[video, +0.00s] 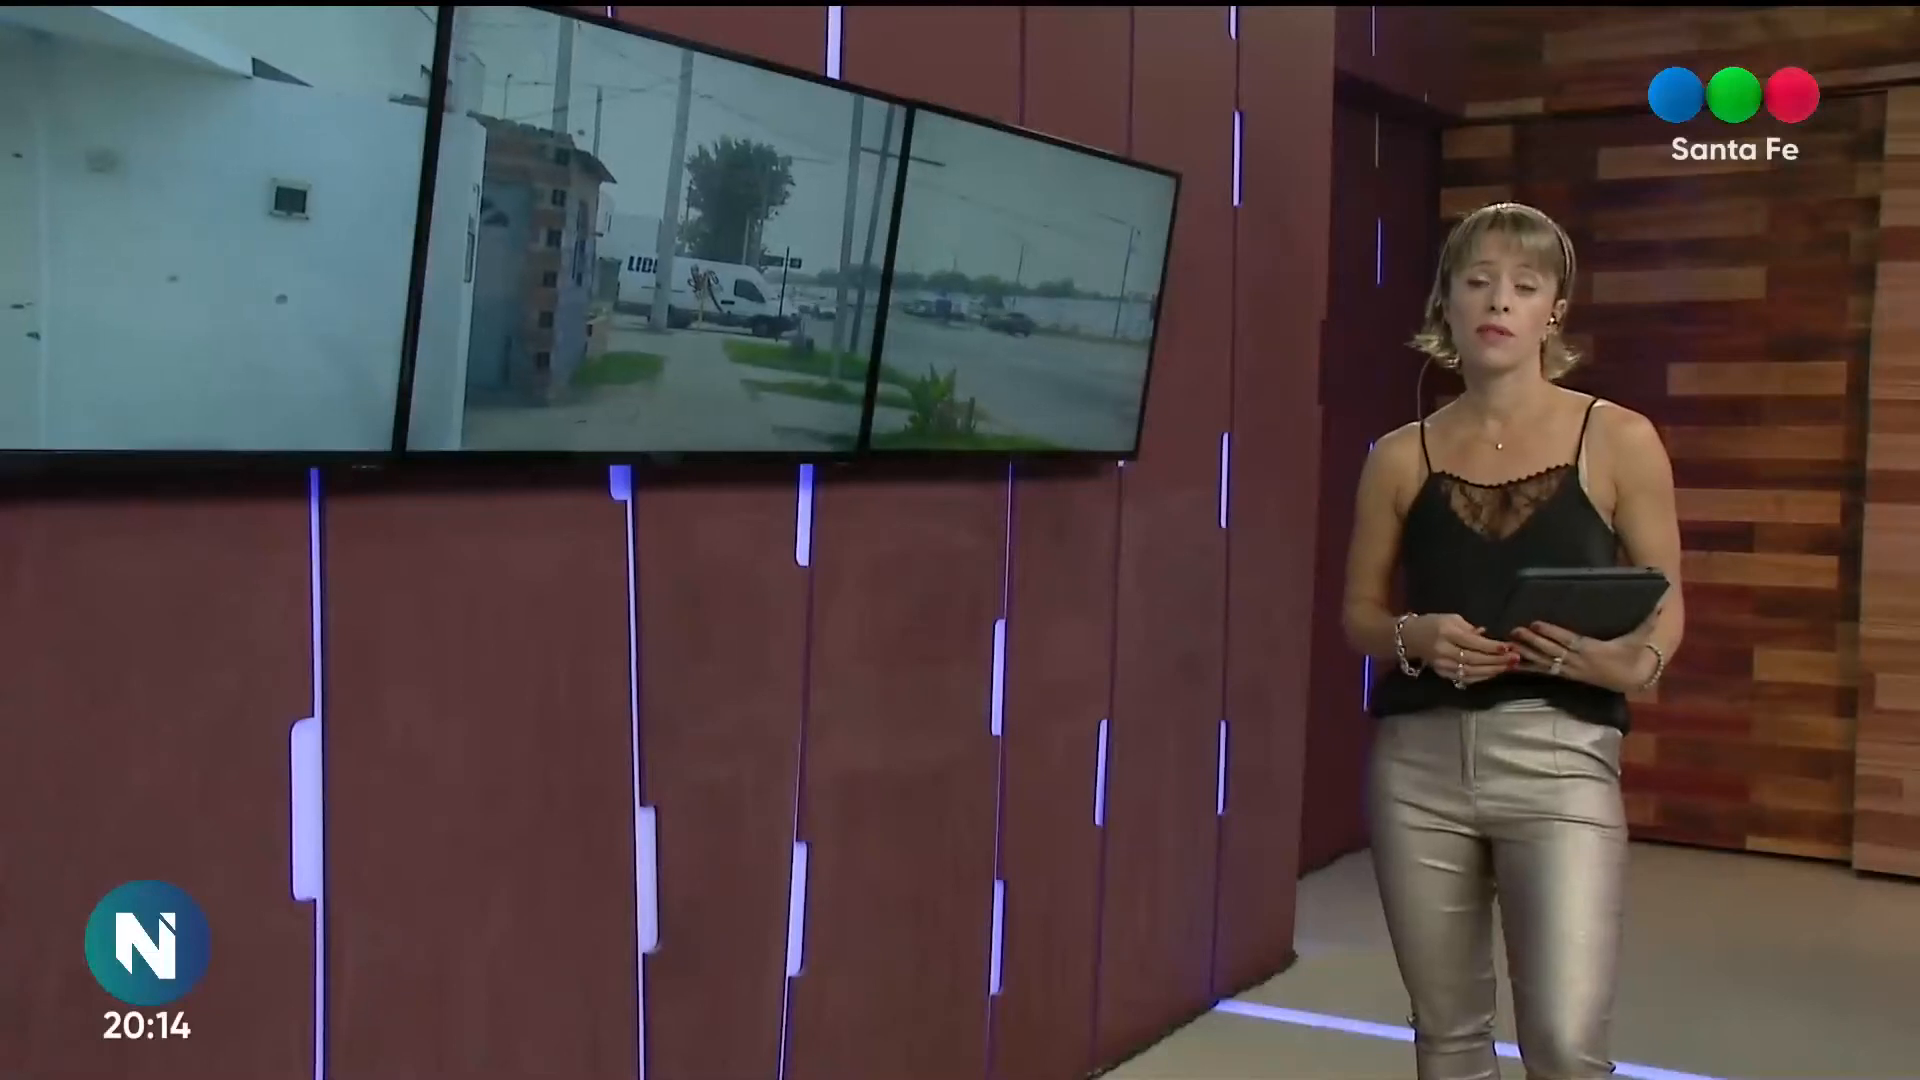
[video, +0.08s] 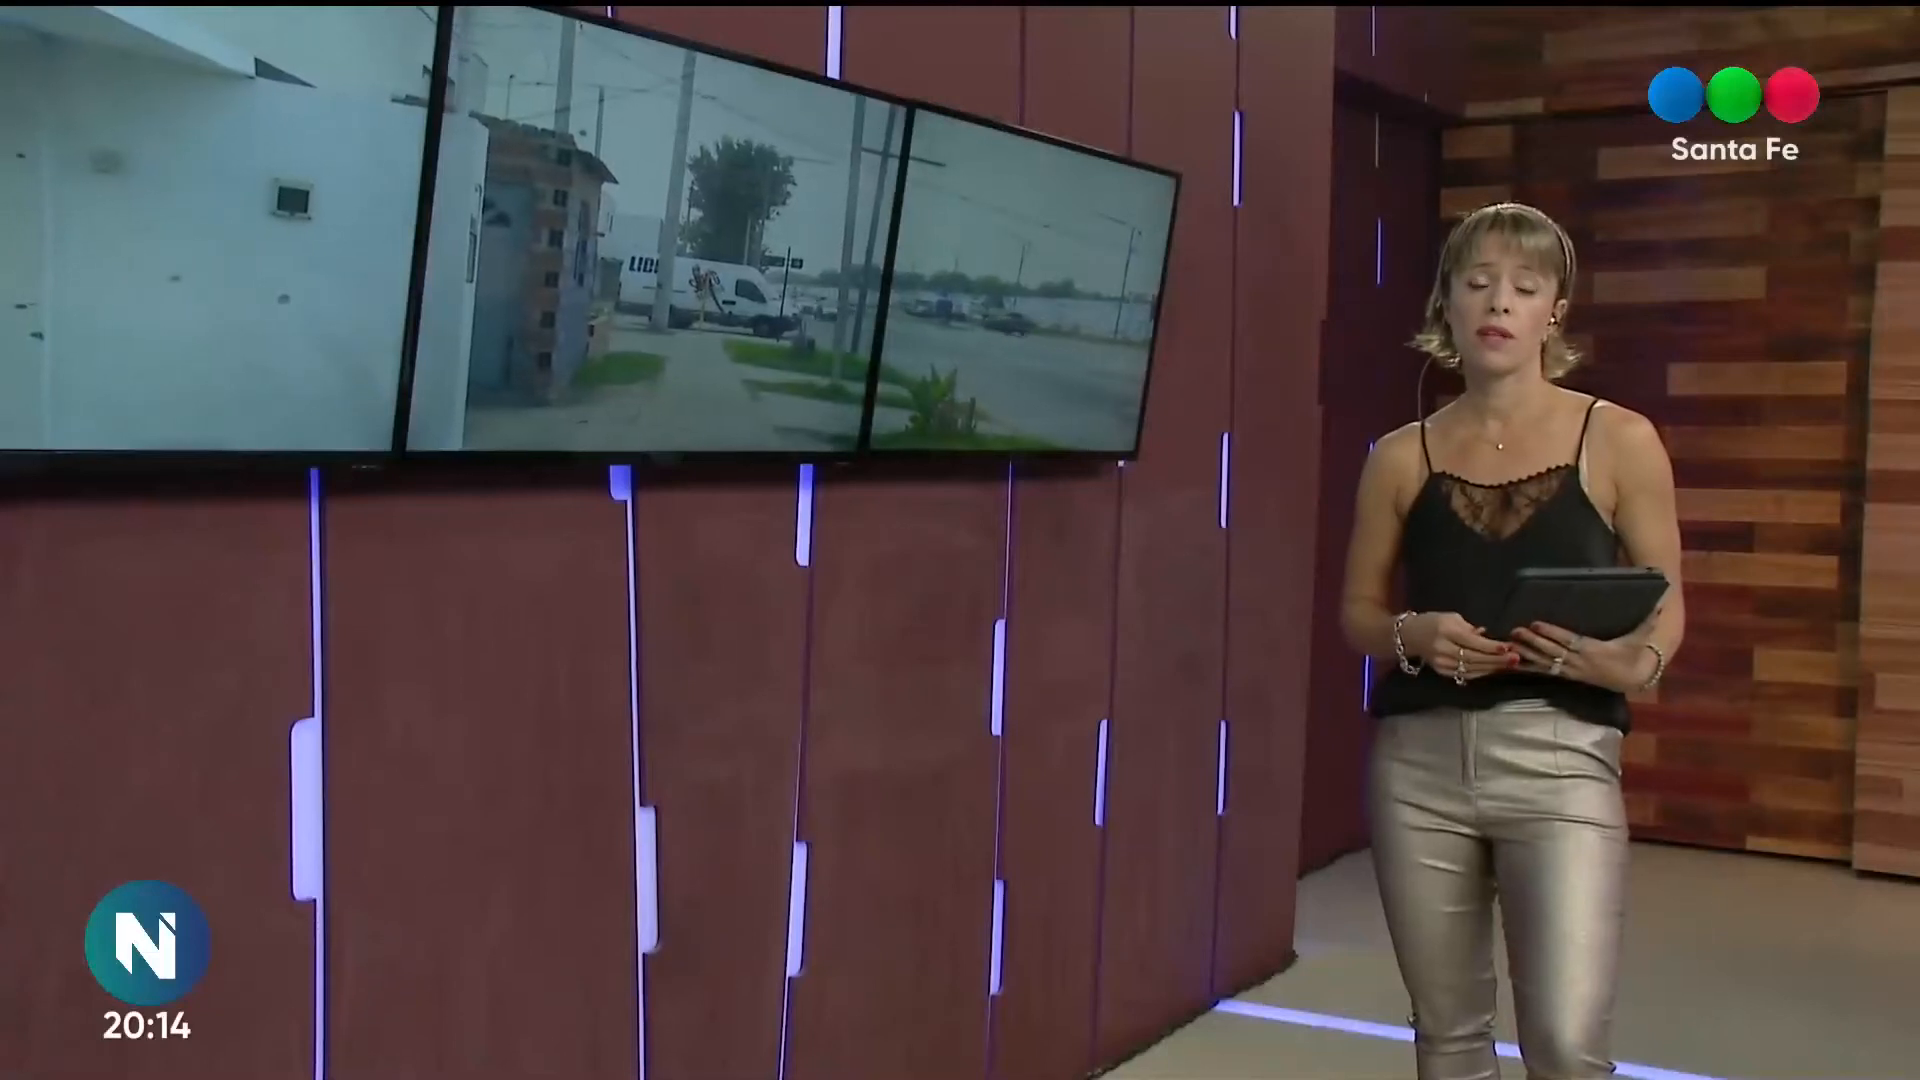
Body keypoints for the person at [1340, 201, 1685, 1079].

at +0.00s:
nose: (1495, 300)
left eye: (1521, 285)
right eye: (1476, 281)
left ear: (1554, 313)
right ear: (1447, 305)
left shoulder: (1619, 441)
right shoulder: (1400, 459)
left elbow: (1663, 598)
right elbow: (1360, 616)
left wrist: (1631, 665)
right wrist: (1410, 638)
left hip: (1558, 766)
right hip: (1417, 769)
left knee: (1564, 1048)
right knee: (1447, 1042)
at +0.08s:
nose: (1496, 301)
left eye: (1522, 286)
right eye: (1477, 282)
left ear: (1554, 313)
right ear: (1447, 306)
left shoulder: (1620, 441)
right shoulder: (1399, 460)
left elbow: (1663, 599)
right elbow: (1358, 616)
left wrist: (1632, 665)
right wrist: (1410, 635)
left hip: (1559, 766)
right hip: (1417, 769)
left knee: (1564, 1048)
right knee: (1447, 1040)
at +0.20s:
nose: (1497, 303)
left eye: (1522, 286)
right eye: (1478, 283)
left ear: (1555, 313)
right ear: (1447, 307)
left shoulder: (1620, 441)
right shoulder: (1400, 459)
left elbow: (1664, 599)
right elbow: (1356, 613)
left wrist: (1632, 666)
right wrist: (1411, 634)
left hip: (1560, 767)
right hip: (1418, 769)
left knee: (1566, 1048)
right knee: (1448, 1040)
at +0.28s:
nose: (1498, 303)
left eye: (1523, 287)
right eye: (1478, 284)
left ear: (1555, 313)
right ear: (1448, 307)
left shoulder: (1620, 442)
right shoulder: (1400, 459)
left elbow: (1665, 597)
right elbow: (1356, 613)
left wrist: (1634, 666)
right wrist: (1410, 634)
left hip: (1560, 767)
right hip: (1418, 769)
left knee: (1566, 1048)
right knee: (1448, 1041)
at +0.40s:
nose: (1498, 303)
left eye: (1523, 287)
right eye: (1479, 284)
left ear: (1556, 314)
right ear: (1449, 307)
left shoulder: (1621, 442)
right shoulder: (1401, 459)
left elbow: (1664, 599)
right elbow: (1358, 614)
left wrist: (1632, 665)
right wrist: (1411, 634)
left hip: (1559, 767)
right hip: (1417, 769)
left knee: (1565, 1049)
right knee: (1448, 1042)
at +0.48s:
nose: (1497, 304)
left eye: (1523, 288)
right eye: (1478, 285)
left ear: (1556, 314)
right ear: (1449, 307)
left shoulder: (1621, 442)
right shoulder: (1402, 459)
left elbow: (1664, 601)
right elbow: (1358, 614)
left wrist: (1631, 665)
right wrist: (1411, 635)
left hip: (1559, 767)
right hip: (1418, 769)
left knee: (1565, 1048)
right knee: (1448, 1042)